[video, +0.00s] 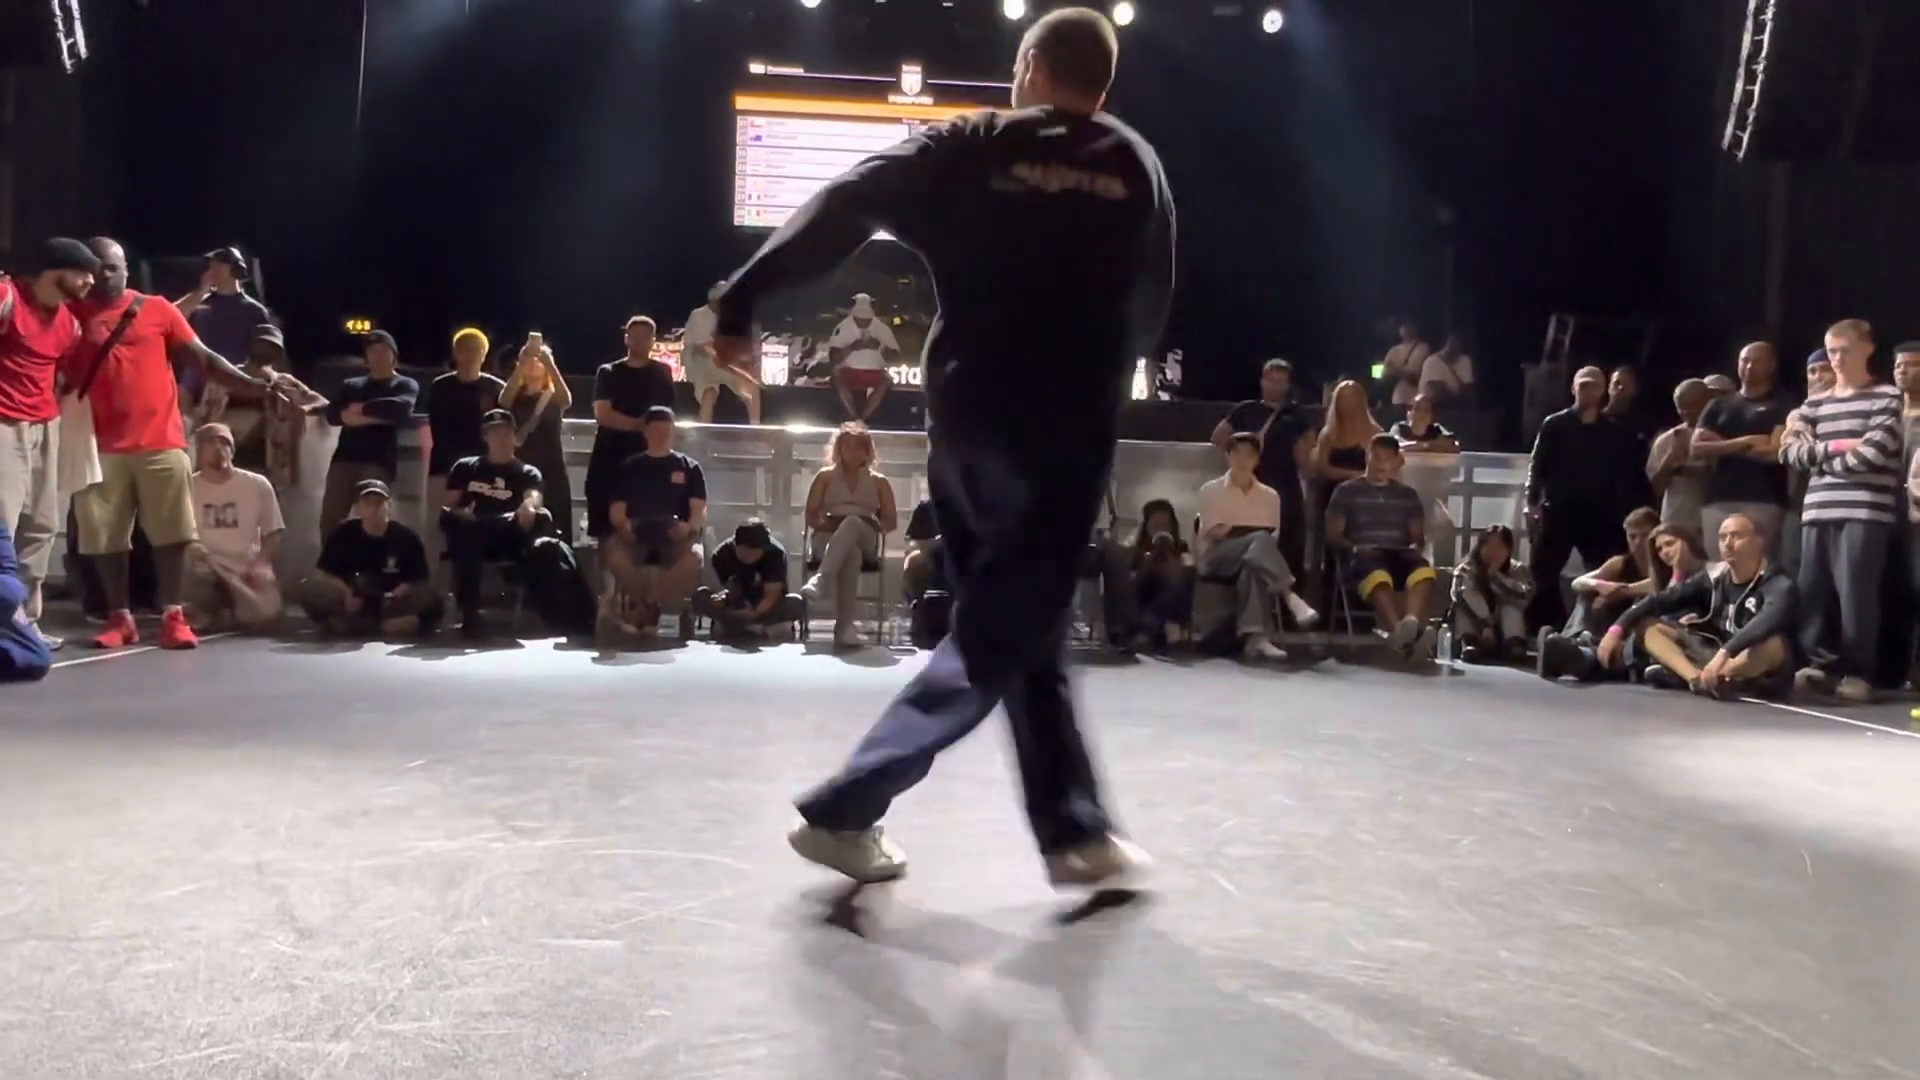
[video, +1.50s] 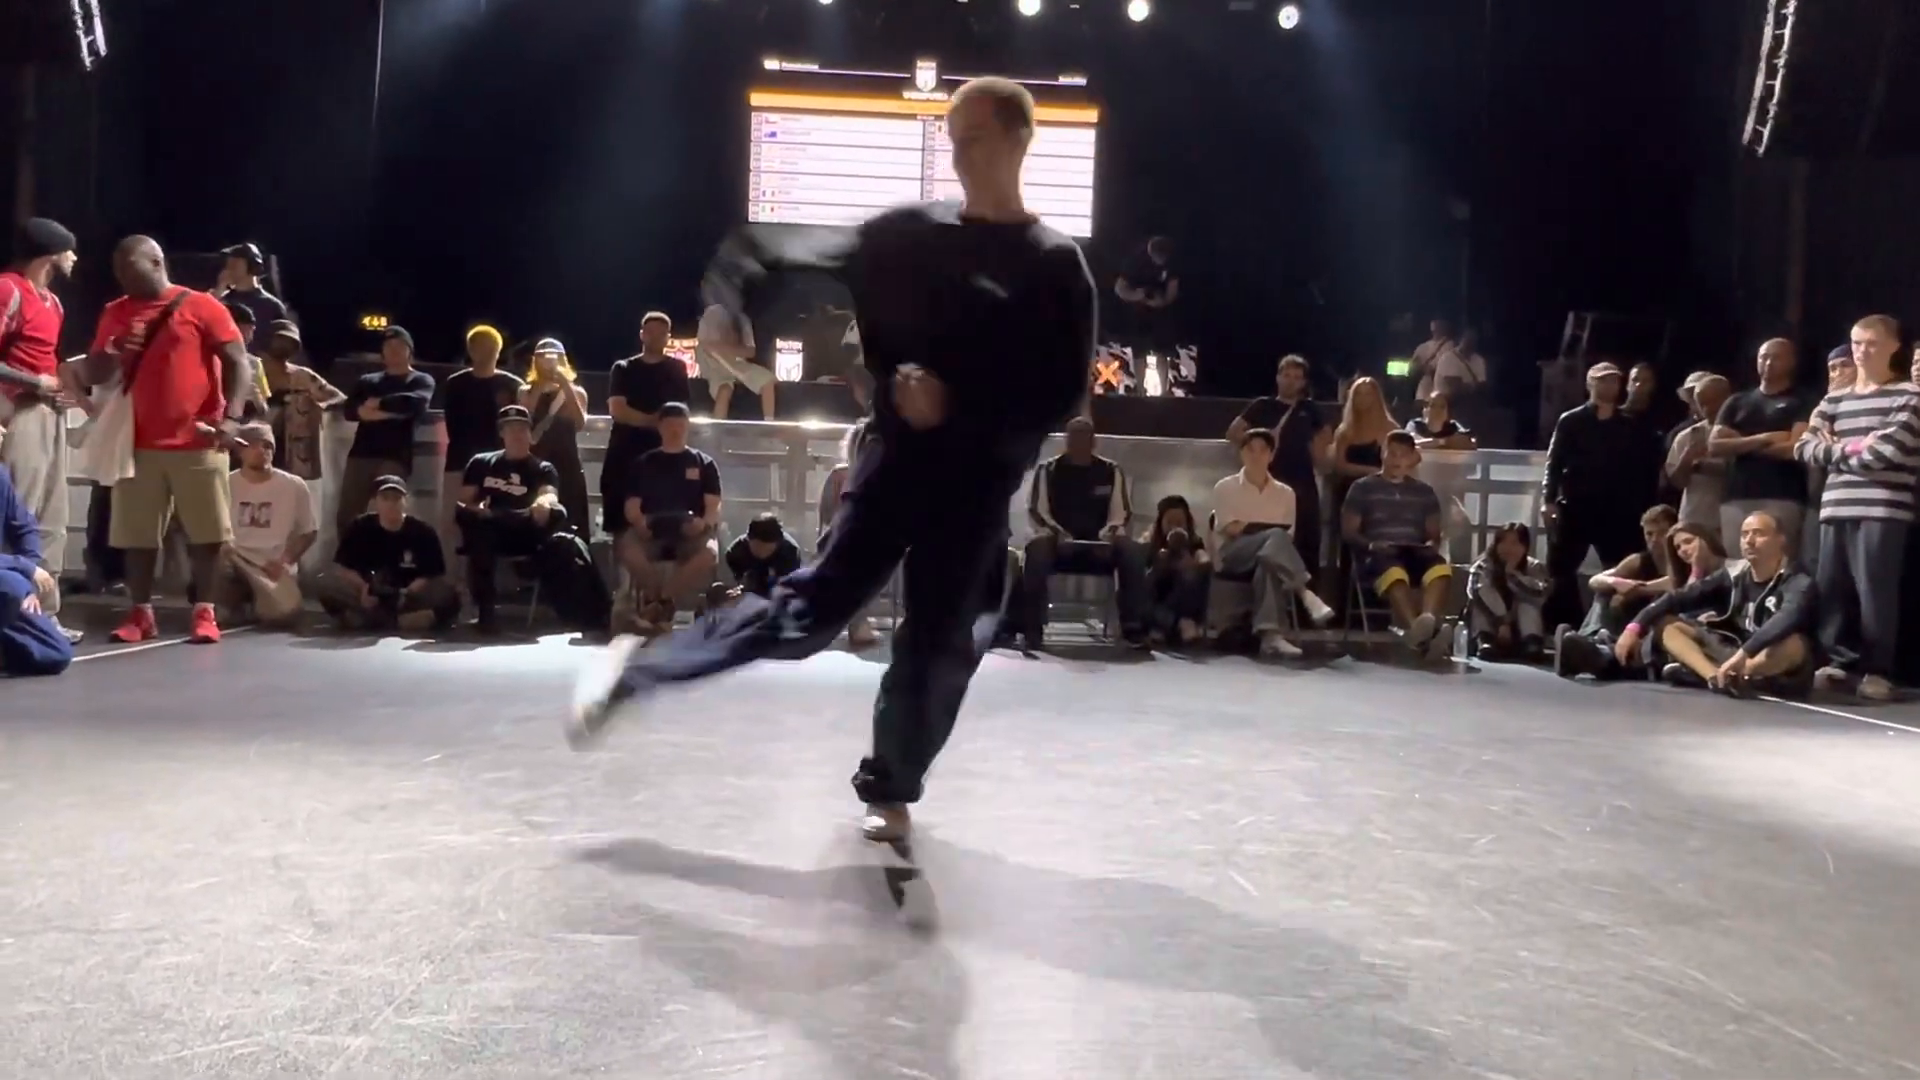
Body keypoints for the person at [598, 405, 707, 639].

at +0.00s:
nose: (661, 433)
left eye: (665, 427)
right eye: (655, 428)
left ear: (672, 431)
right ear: (645, 431)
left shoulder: (689, 467)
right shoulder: (628, 467)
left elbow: (698, 512)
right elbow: (616, 510)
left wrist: (687, 527)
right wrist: (628, 527)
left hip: (673, 528)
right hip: (637, 528)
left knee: (693, 558)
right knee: (613, 551)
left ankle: (647, 607)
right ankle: (648, 606)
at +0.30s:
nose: (663, 434)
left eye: (667, 429)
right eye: (657, 429)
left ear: (674, 432)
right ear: (646, 432)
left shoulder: (691, 468)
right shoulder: (630, 467)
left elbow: (699, 512)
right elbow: (618, 510)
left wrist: (690, 527)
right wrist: (628, 528)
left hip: (676, 529)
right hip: (639, 528)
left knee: (695, 560)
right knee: (614, 552)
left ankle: (648, 608)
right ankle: (650, 607)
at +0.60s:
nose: (665, 435)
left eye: (669, 430)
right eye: (659, 430)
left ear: (676, 432)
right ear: (648, 433)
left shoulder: (693, 469)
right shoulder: (632, 469)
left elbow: (702, 511)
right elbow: (621, 511)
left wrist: (692, 529)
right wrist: (630, 531)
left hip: (678, 530)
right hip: (641, 530)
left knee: (698, 559)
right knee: (616, 553)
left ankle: (651, 609)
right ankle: (653, 609)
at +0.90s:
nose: (669, 433)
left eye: (673, 428)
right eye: (664, 428)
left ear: (681, 431)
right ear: (653, 431)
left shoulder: (697, 467)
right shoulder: (636, 467)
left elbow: (707, 509)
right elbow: (625, 508)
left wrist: (697, 527)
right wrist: (635, 528)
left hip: (682, 529)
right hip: (646, 528)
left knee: (702, 557)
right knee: (622, 551)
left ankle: (654, 608)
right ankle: (658, 607)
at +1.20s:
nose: (673, 434)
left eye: (677, 428)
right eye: (667, 428)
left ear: (684, 431)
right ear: (657, 431)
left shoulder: (700, 467)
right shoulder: (640, 467)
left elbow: (710, 511)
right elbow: (628, 508)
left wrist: (699, 526)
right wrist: (637, 527)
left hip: (685, 528)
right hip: (649, 527)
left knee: (705, 558)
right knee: (624, 551)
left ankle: (655, 607)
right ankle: (661, 606)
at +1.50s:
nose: (675, 429)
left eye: (679, 424)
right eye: (669, 424)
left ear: (687, 427)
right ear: (659, 427)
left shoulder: (704, 463)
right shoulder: (643, 463)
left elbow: (713, 507)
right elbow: (631, 506)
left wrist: (702, 523)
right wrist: (642, 525)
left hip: (689, 524)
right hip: (652, 524)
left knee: (708, 554)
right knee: (628, 547)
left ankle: (662, 601)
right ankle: (659, 601)